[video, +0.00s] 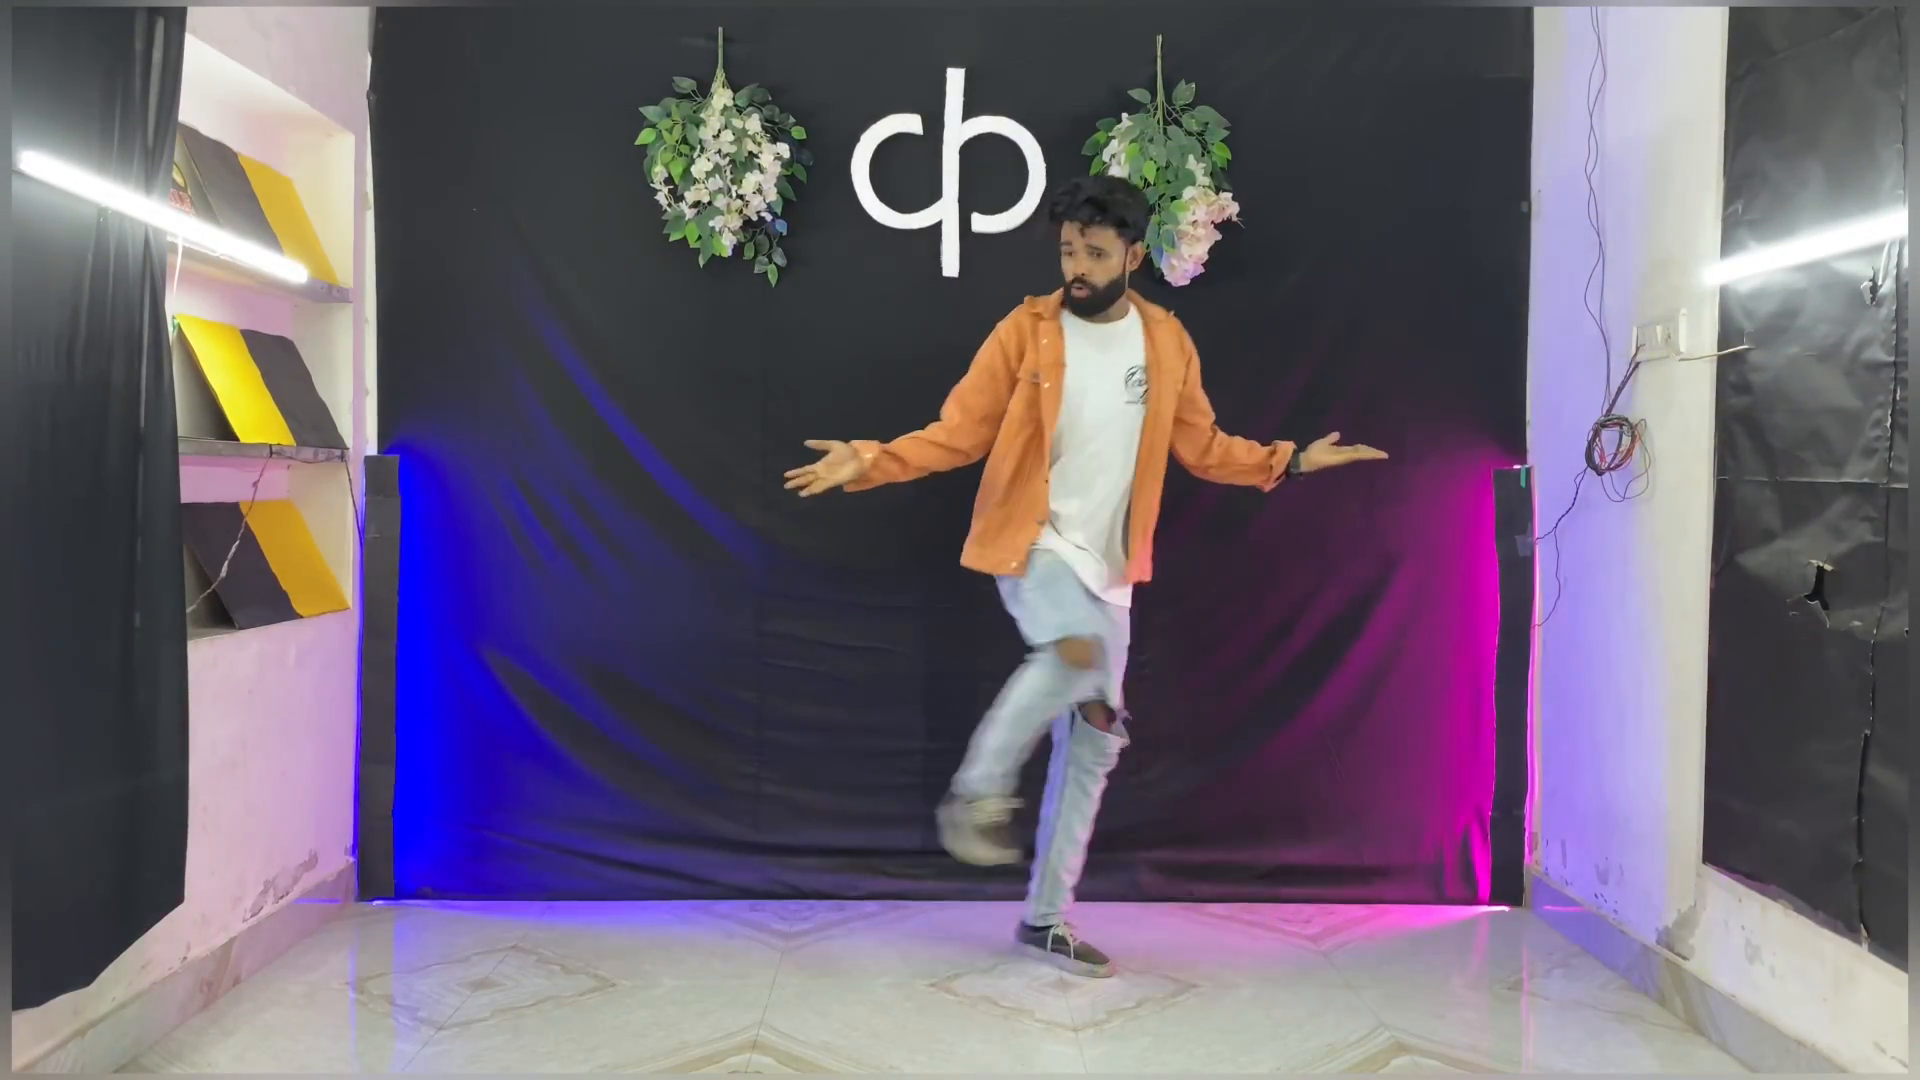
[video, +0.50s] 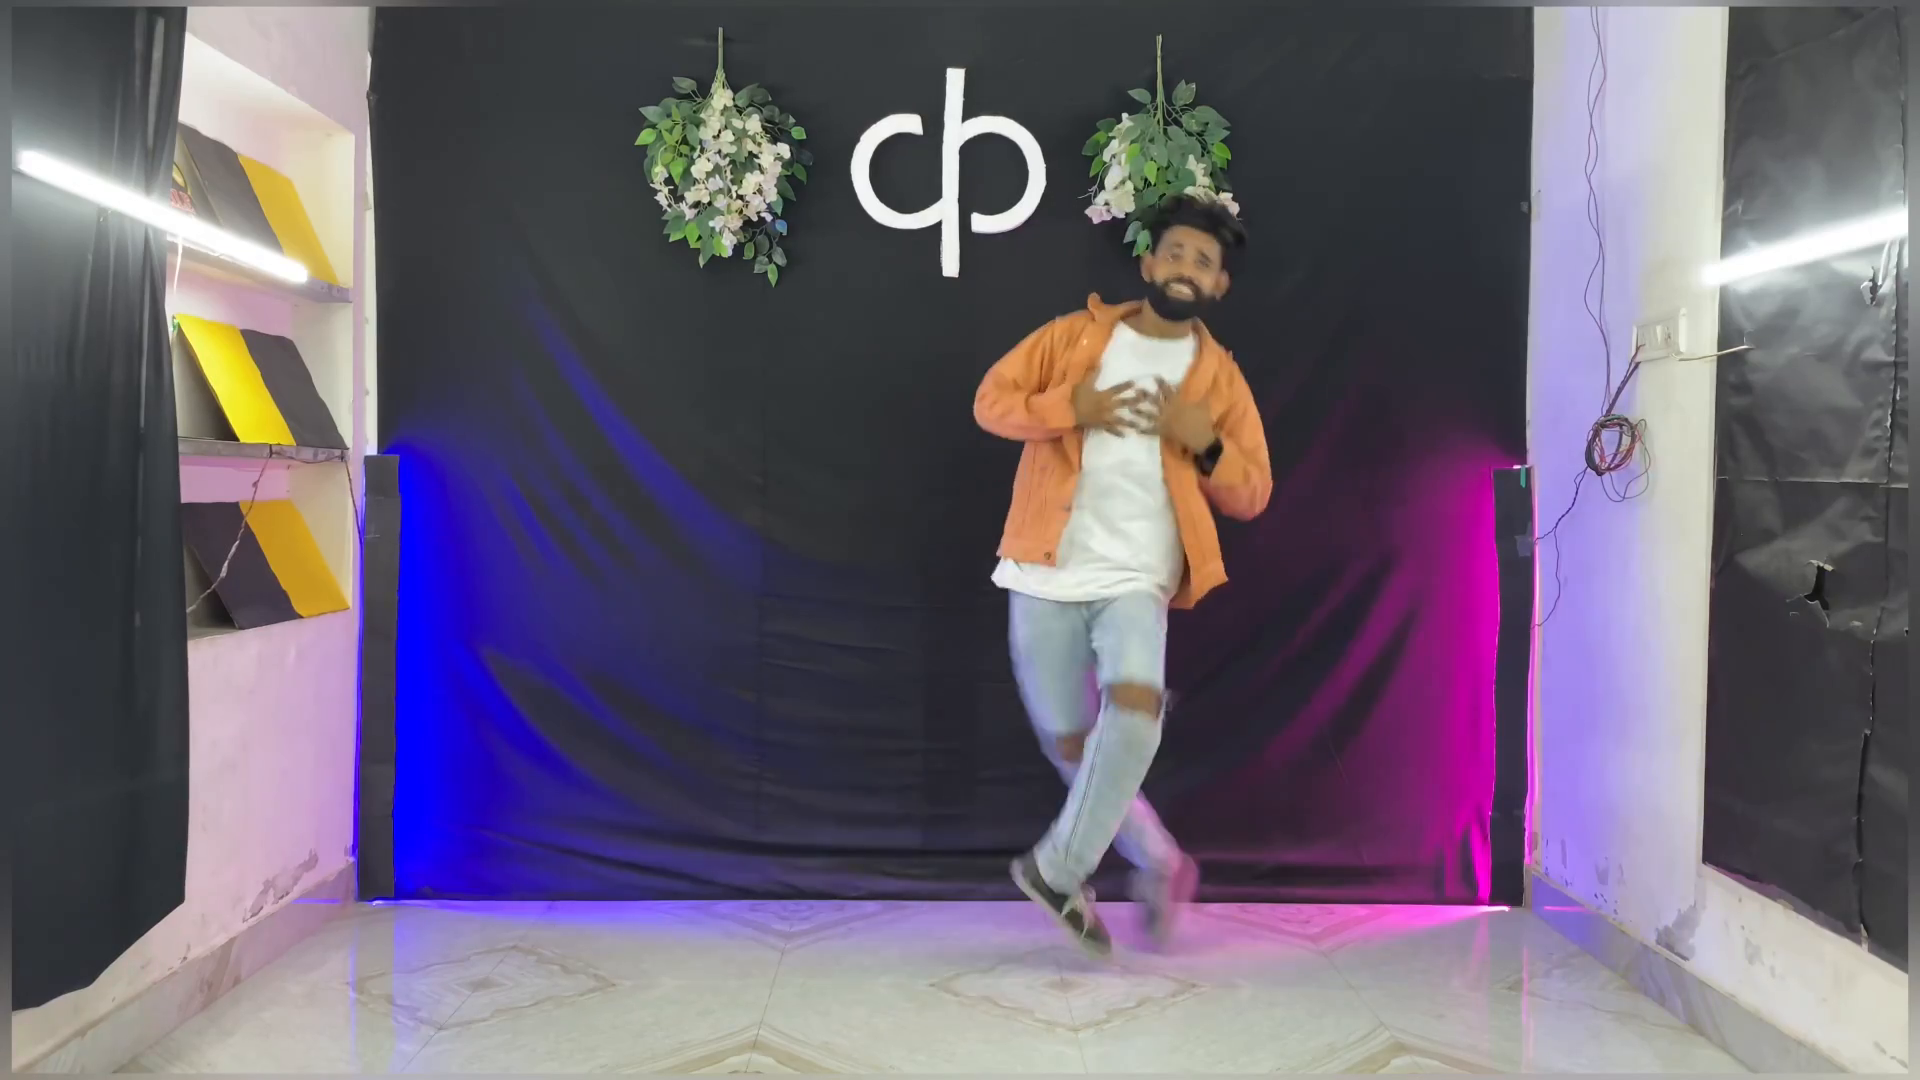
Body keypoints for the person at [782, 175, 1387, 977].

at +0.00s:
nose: (1077, 264)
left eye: (1095, 249)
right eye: (1069, 247)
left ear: (1133, 252)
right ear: (1058, 246)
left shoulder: (1165, 340)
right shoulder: (1028, 329)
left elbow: (1202, 448)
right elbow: (960, 433)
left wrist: (1295, 458)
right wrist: (868, 461)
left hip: (1109, 563)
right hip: (1028, 541)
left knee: (1095, 735)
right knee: (1076, 652)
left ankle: (1045, 919)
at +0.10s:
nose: (1083, 263)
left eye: (1101, 248)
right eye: (1074, 247)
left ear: (1141, 250)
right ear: (1066, 248)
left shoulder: (1182, 339)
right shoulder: (1043, 336)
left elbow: (1213, 447)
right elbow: (978, 444)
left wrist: (1303, 473)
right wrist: (887, 479)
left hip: (1111, 578)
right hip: (1019, 560)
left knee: (1083, 742)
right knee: (948, 693)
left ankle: (1042, 916)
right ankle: (857, 852)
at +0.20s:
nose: (1095, 258)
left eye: (1114, 242)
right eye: (1083, 241)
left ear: (1146, 249)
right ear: (1067, 249)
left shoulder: (1191, 341)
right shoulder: (1045, 343)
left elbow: (1234, 443)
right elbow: (993, 451)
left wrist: (1318, 490)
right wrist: (934, 490)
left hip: (1115, 583)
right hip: (1019, 557)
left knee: (1089, 747)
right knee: (935, 678)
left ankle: (1043, 919)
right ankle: (831, 834)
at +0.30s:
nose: (1109, 256)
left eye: (1126, 242)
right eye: (1095, 240)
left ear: (1153, 252)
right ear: (1075, 250)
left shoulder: (1197, 347)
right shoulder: (1050, 348)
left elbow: (1234, 447)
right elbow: (990, 452)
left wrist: (1288, 474)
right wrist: (1001, 460)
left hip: (1131, 595)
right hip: (1038, 575)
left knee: (1093, 754)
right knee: (956, 705)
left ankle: (1044, 917)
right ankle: (847, 842)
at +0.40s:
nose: (1143, 251)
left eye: (1162, 239)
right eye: (1129, 235)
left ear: (1185, 254)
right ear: (1105, 246)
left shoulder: (1210, 357)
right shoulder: (1064, 333)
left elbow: (1252, 469)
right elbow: (987, 413)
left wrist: (1225, 430)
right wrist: (1065, 407)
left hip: (1142, 591)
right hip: (1046, 575)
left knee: (1106, 748)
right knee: (1004, 726)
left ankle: (1050, 910)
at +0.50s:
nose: (1186, 270)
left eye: (1205, 263)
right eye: (1175, 253)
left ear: (1221, 288)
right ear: (1146, 261)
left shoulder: (1218, 375)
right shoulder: (1075, 336)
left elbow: (1253, 493)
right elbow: (991, 404)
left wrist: (1209, 449)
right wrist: (1074, 408)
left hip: (1137, 575)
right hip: (1045, 570)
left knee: (1136, 712)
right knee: (1068, 741)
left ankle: (1058, 868)